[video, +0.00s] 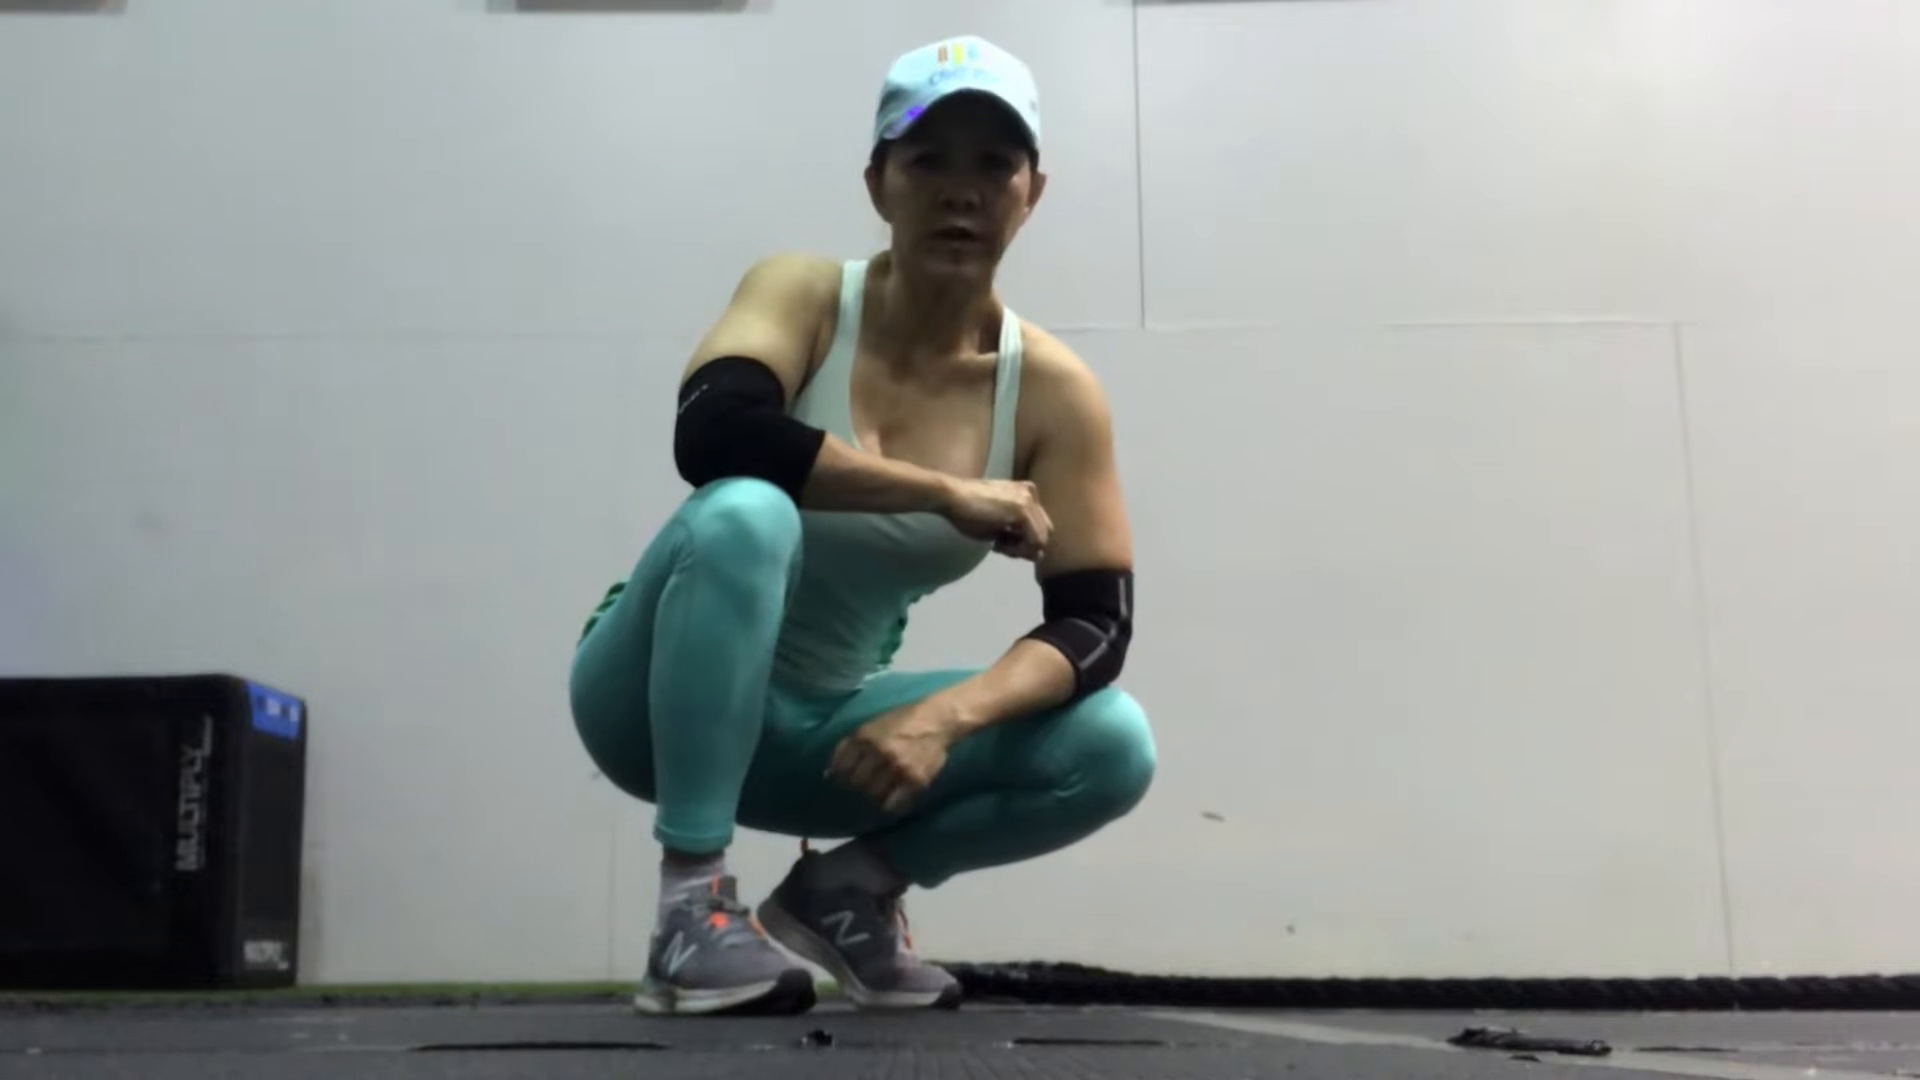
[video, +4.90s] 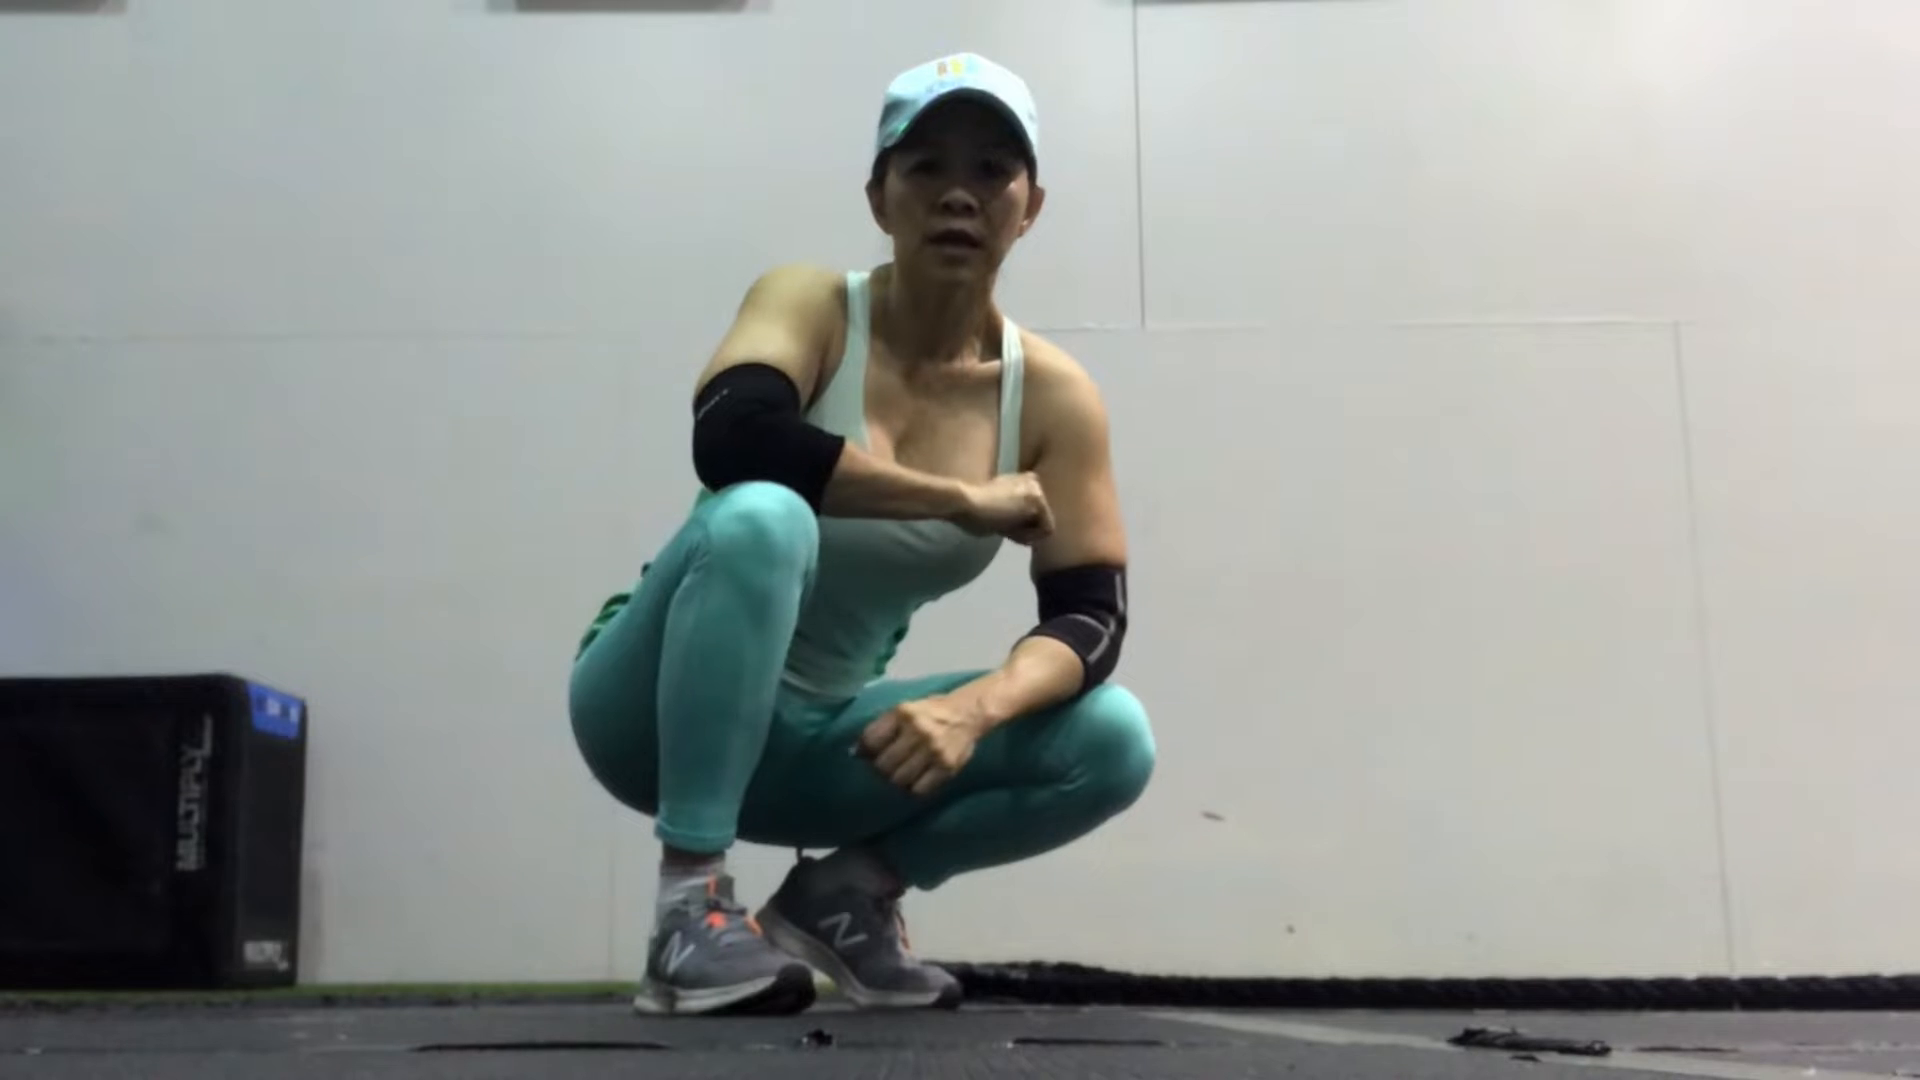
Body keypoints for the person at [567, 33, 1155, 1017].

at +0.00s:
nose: (960, 190)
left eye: (992, 163)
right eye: (928, 160)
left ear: (1032, 191)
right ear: (879, 181)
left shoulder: (1053, 392)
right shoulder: (796, 294)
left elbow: (1092, 625)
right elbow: (715, 437)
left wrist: (946, 715)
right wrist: (944, 495)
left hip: (833, 729)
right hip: (668, 697)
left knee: (1110, 747)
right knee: (744, 516)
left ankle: (842, 889)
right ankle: (692, 908)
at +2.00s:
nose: (964, 185)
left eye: (997, 164)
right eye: (935, 156)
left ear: (1035, 204)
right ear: (884, 189)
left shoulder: (1055, 397)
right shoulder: (805, 296)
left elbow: (1093, 620)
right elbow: (715, 435)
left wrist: (972, 709)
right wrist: (945, 495)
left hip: (822, 738)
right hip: (660, 704)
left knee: (1112, 744)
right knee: (749, 517)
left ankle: (840, 890)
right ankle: (692, 910)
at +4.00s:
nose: (952, 184)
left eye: (983, 162)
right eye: (922, 159)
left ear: (1022, 202)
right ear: (874, 193)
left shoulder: (1043, 394)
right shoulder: (796, 305)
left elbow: (1084, 617)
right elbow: (736, 440)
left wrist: (974, 707)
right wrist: (967, 502)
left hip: (818, 743)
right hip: (655, 709)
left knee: (1108, 737)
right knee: (759, 521)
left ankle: (841, 893)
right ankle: (692, 909)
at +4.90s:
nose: (958, 194)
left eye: (989, 171)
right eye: (927, 166)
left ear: (1030, 205)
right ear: (881, 193)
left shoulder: (1052, 397)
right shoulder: (804, 304)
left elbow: (1088, 620)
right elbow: (735, 439)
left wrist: (974, 708)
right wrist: (963, 500)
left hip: (823, 745)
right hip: (660, 710)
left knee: (1109, 742)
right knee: (762, 520)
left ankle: (841, 894)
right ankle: (693, 909)